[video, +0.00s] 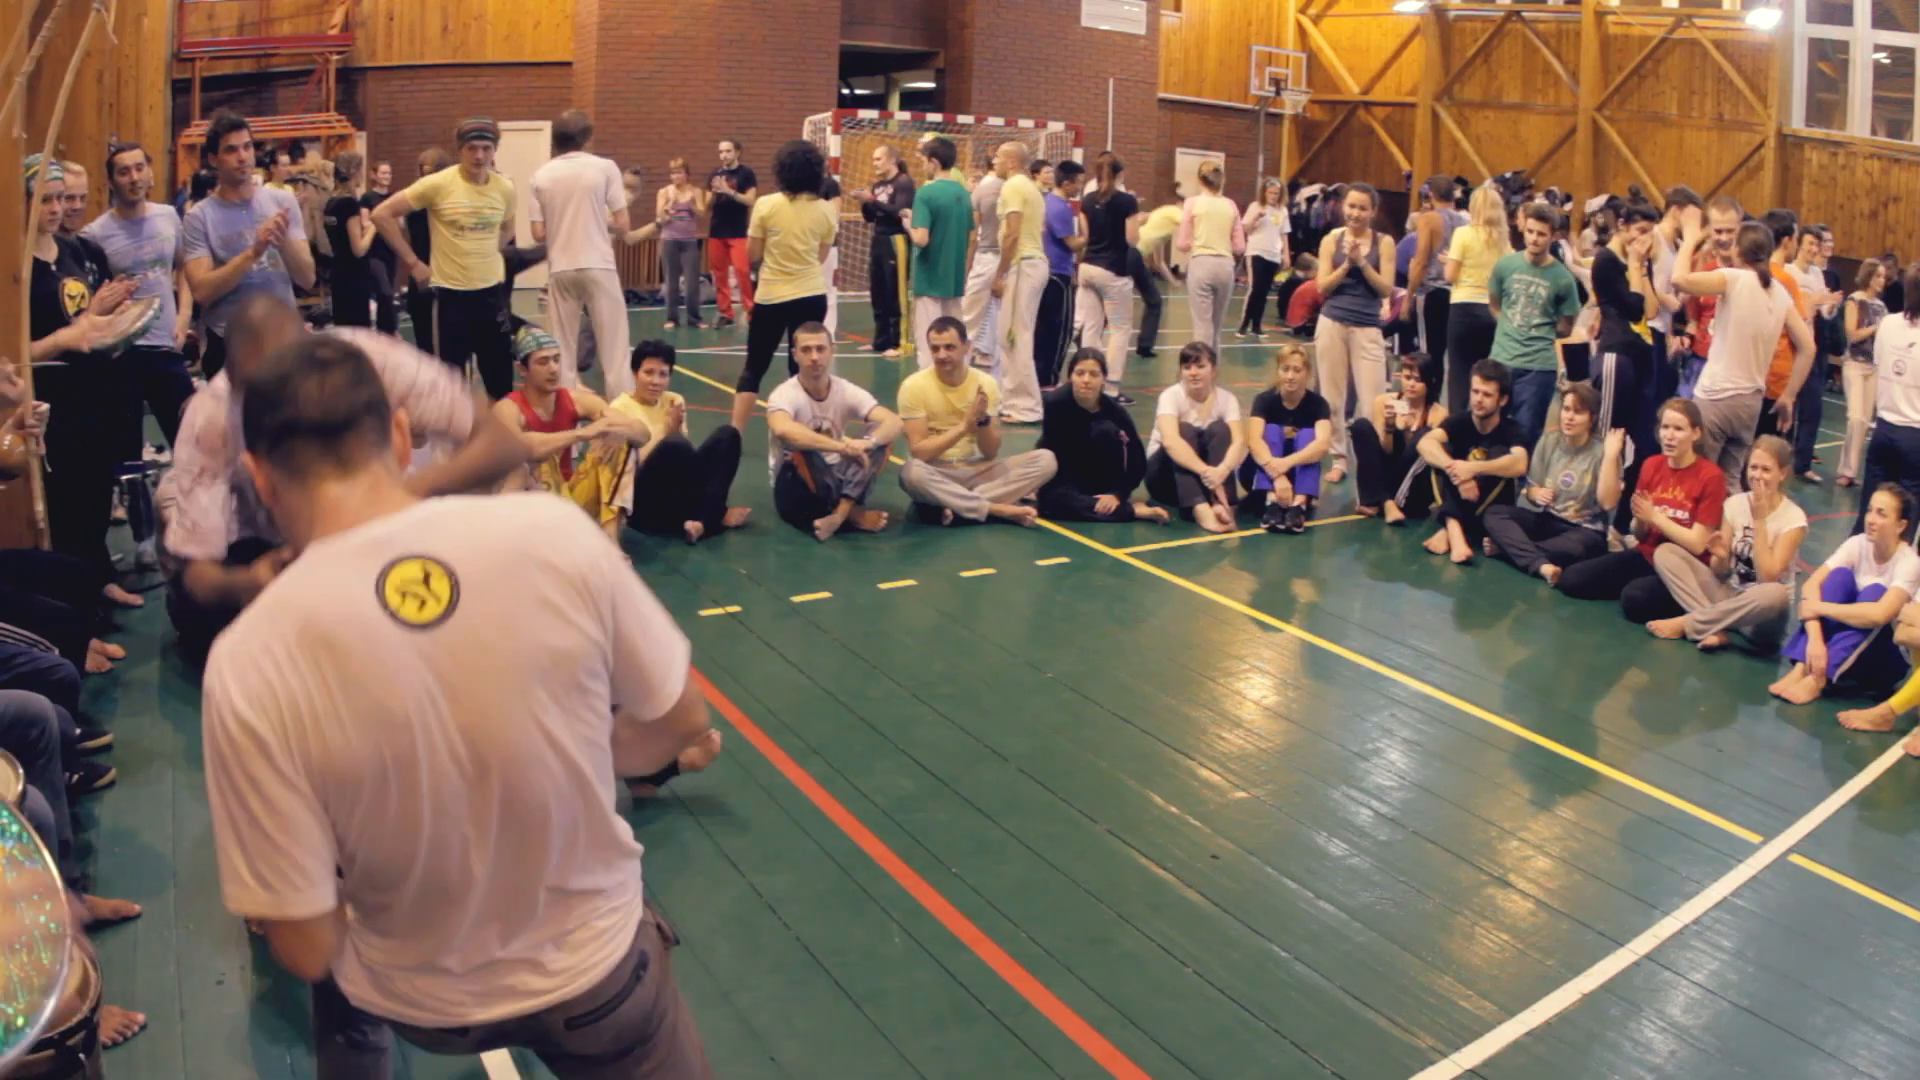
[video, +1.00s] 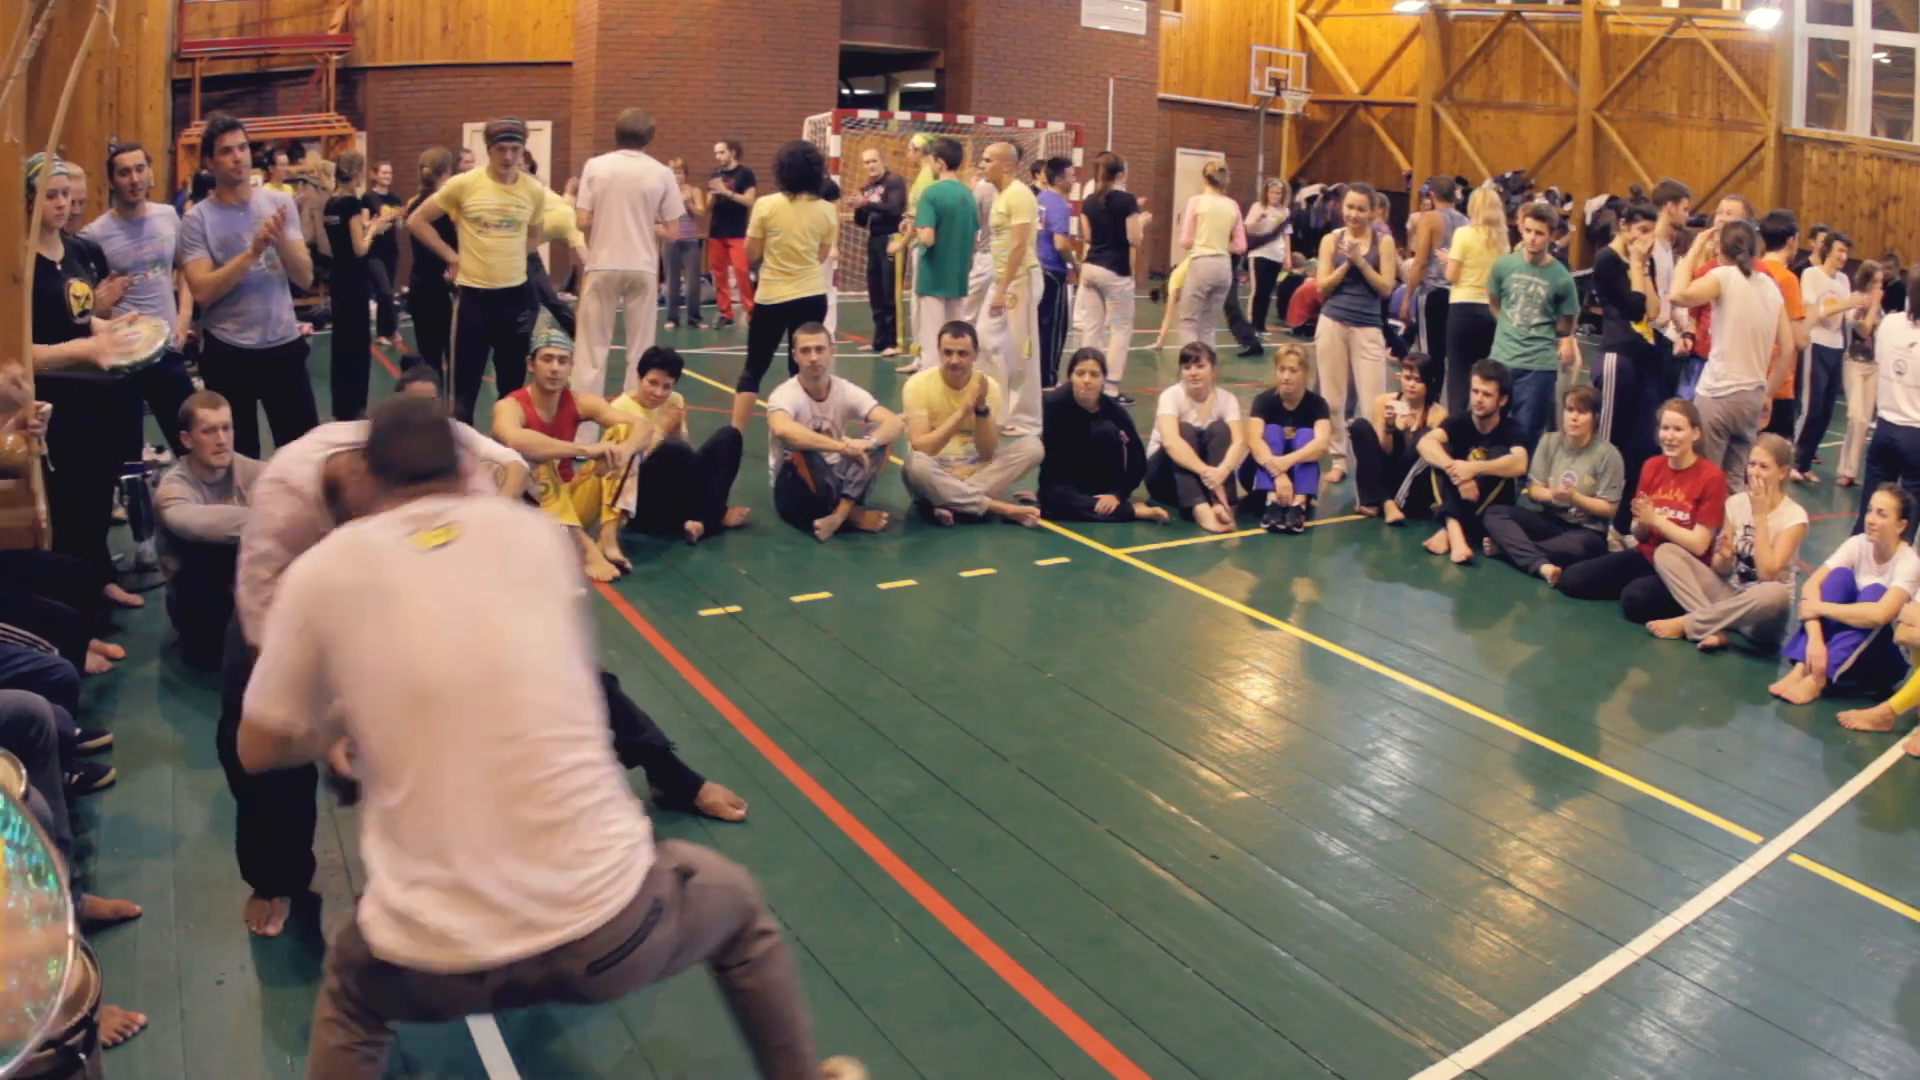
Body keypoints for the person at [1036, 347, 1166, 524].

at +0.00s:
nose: (1086, 380)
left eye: (1094, 375)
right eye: (1080, 374)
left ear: (1103, 379)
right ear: (1070, 377)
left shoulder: (1114, 410)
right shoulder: (1055, 406)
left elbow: (1138, 461)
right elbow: (1048, 450)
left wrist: (1117, 495)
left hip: (1104, 481)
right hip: (1068, 481)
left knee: (1105, 431)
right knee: (1051, 503)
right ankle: (1130, 512)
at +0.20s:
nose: (1086, 380)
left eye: (1093, 374)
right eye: (1080, 374)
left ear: (1103, 379)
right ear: (1070, 377)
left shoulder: (1114, 411)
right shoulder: (1055, 404)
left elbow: (1138, 462)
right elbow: (1048, 446)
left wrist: (1117, 495)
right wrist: (1035, 484)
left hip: (1104, 480)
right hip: (1067, 480)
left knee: (1105, 431)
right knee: (1051, 503)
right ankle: (1130, 512)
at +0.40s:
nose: (1086, 380)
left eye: (1093, 374)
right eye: (1080, 374)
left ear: (1103, 379)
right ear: (1070, 377)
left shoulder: (1114, 411)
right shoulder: (1055, 404)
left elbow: (1138, 462)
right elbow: (1047, 450)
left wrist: (1117, 495)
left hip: (1104, 481)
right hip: (1068, 481)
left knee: (1105, 431)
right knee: (1050, 503)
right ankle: (1130, 512)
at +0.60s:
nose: (1086, 381)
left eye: (1094, 375)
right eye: (1080, 374)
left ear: (1103, 379)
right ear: (1070, 377)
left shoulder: (1114, 411)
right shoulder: (1053, 406)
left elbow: (1138, 462)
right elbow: (1046, 451)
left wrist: (1117, 495)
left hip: (1104, 482)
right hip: (1068, 482)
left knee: (1105, 431)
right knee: (1050, 503)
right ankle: (1130, 512)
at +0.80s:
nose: (1086, 381)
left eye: (1094, 375)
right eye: (1080, 374)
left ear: (1103, 379)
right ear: (1070, 377)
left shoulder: (1114, 410)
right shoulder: (1053, 406)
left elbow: (1138, 461)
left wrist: (1117, 495)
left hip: (1103, 482)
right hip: (1066, 482)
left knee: (1105, 431)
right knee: (1052, 504)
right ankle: (1130, 512)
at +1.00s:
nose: (1087, 380)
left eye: (1094, 375)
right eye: (1080, 374)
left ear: (1103, 379)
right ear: (1070, 377)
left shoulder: (1114, 411)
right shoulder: (1050, 406)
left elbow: (1138, 461)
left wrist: (1117, 495)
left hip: (1104, 483)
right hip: (1064, 483)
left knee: (1106, 431)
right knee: (1053, 504)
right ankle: (1129, 512)